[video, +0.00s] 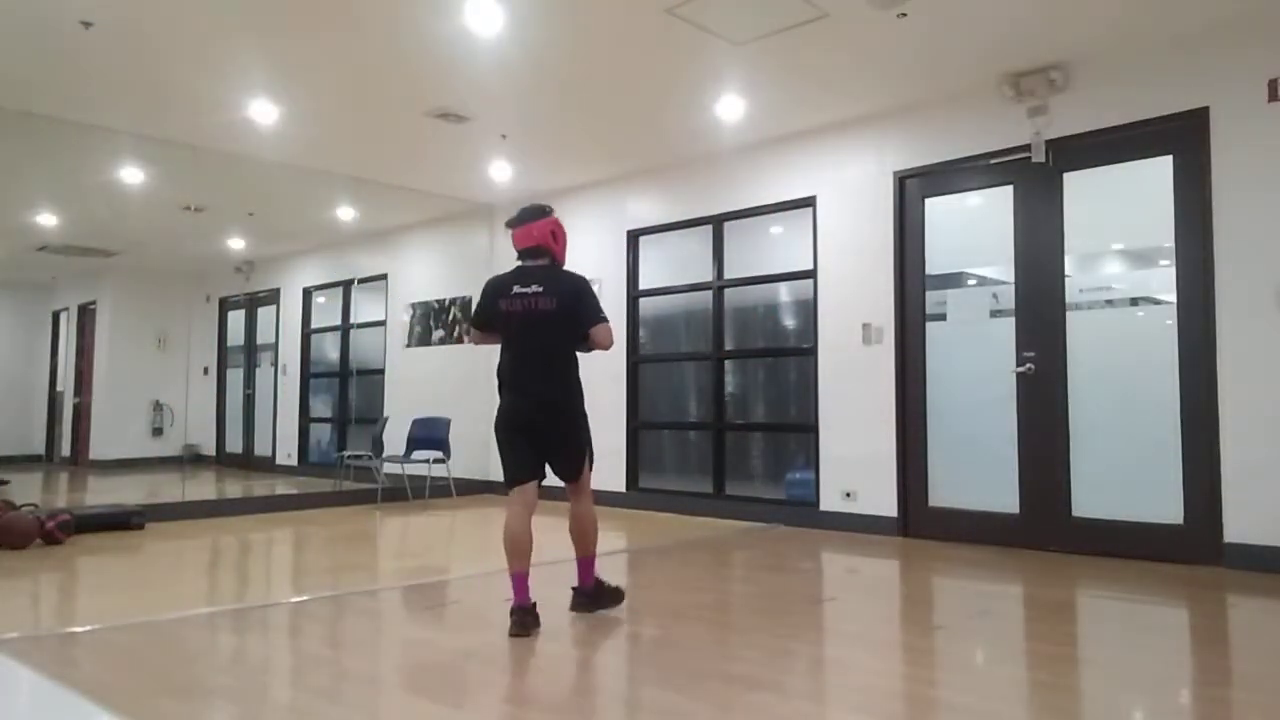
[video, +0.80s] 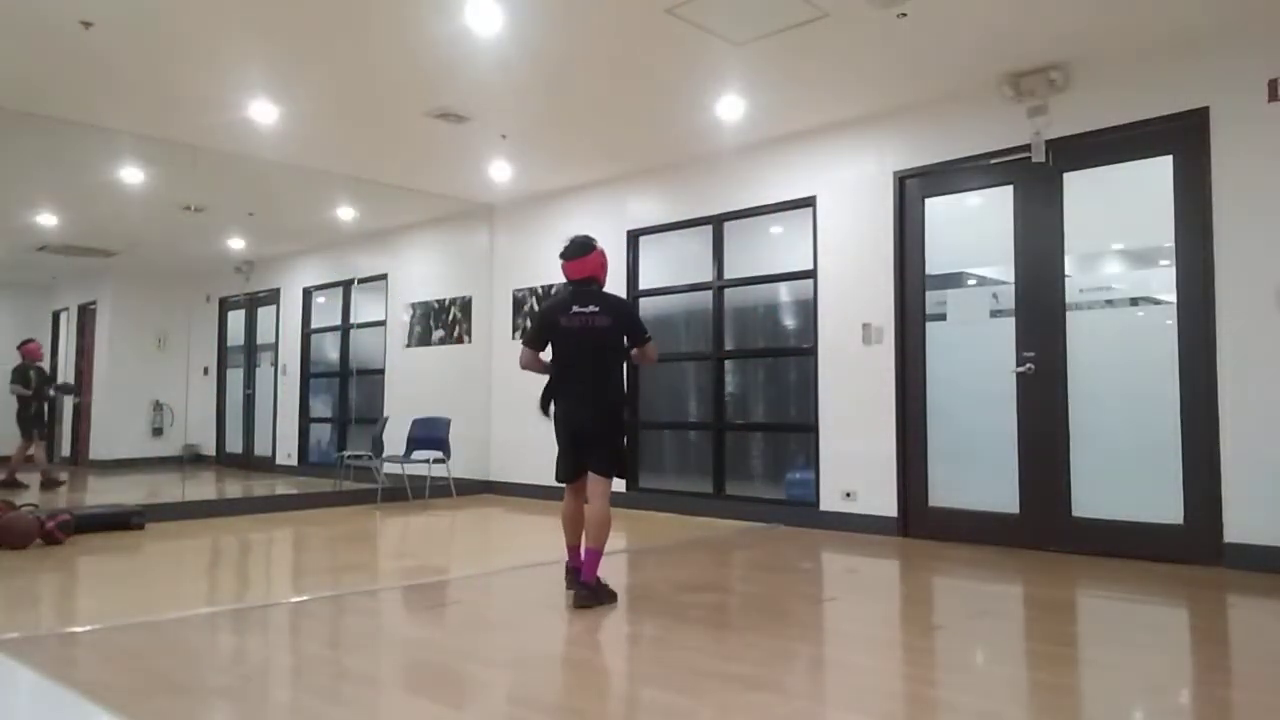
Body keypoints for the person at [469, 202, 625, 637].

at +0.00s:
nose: (565, 242)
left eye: (557, 235)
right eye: (561, 235)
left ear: (517, 243)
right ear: (556, 239)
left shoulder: (496, 286)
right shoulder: (573, 284)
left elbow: (481, 333)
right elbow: (603, 338)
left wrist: (521, 330)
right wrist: (569, 334)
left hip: (513, 409)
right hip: (562, 408)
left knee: (519, 500)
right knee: (579, 492)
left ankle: (521, 607)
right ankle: (586, 586)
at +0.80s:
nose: (605, 269)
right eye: (603, 264)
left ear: (567, 270)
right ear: (601, 268)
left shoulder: (552, 309)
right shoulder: (619, 308)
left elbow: (527, 359)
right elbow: (648, 354)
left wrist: (557, 368)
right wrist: (621, 353)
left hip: (568, 410)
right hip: (605, 409)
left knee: (574, 490)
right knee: (599, 492)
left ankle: (574, 568)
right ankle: (588, 582)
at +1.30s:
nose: (606, 277)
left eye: (595, 272)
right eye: (605, 272)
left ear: (574, 277)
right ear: (606, 276)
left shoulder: (557, 314)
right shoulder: (621, 311)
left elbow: (538, 361)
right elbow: (644, 356)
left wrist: (557, 390)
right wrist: (634, 386)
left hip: (571, 408)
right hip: (611, 407)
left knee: (573, 484)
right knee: (620, 479)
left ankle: (575, 568)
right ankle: (627, 555)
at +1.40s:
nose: (610, 282)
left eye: (595, 277)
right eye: (609, 277)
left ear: (579, 282)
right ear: (611, 281)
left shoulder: (562, 319)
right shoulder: (626, 316)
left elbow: (546, 366)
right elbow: (649, 359)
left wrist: (563, 396)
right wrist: (640, 388)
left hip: (576, 411)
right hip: (616, 409)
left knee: (576, 484)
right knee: (622, 483)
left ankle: (576, 567)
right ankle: (633, 552)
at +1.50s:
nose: (611, 287)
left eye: (596, 281)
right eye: (614, 281)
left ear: (586, 284)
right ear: (617, 284)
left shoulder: (571, 319)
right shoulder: (631, 319)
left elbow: (552, 366)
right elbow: (653, 361)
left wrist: (569, 395)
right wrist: (648, 393)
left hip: (582, 411)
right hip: (620, 410)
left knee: (583, 483)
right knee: (628, 482)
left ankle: (576, 565)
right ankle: (633, 554)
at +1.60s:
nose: (595, 287)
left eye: (595, 283)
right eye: (617, 283)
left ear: (594, 287)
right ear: (625, 287)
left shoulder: (580, 321)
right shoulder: (639, 324)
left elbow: (556, 365)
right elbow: (659, 373)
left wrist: (577, 387)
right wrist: (652, 391)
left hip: (592, 411)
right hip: (628, 411)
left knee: (590, 481)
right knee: (633, 481)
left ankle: (577, 559)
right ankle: (634, 554)